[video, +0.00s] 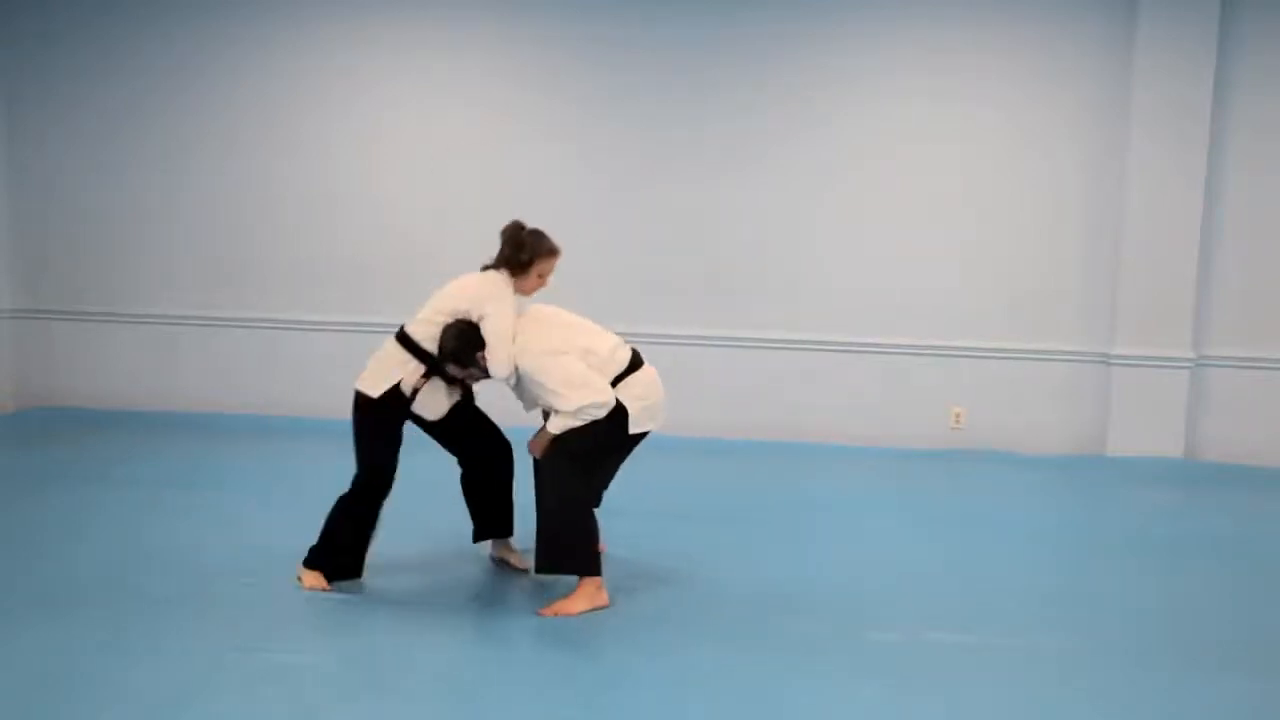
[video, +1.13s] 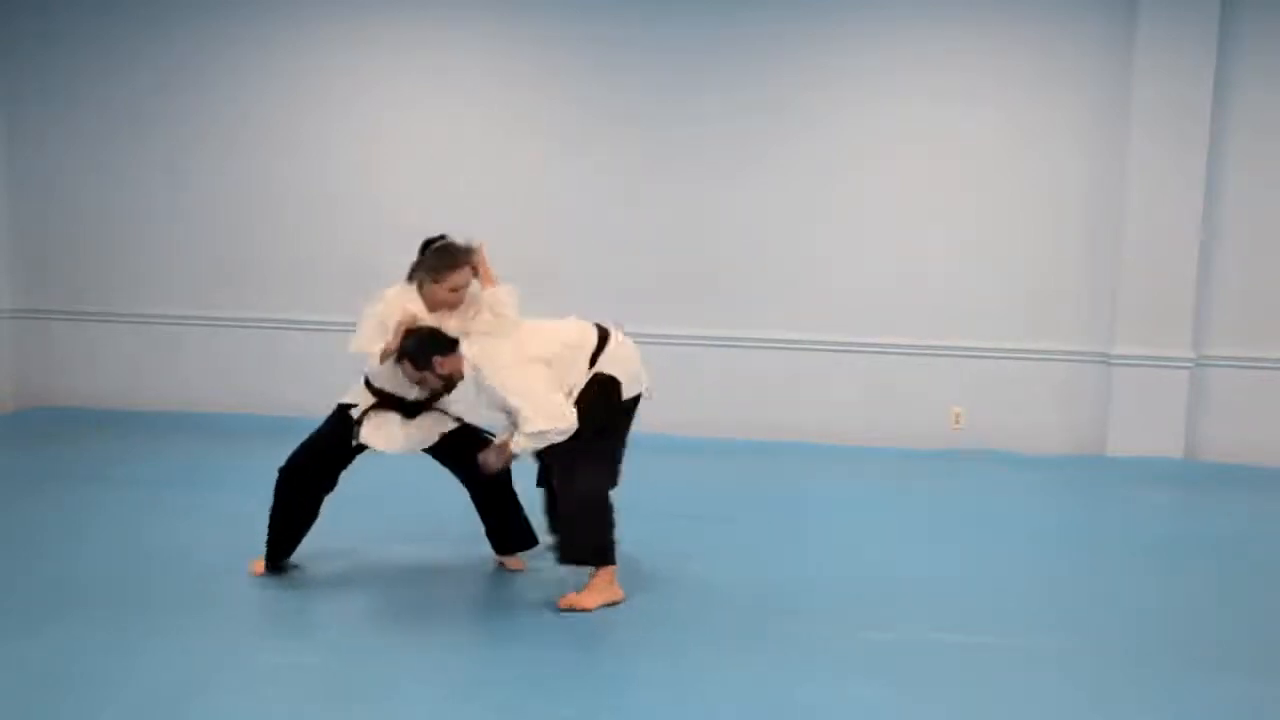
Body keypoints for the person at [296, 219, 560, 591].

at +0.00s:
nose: (545, 283)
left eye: (548, 275)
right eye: (542, 274)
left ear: (514, 262)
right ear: (520, 266)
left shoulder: (489, 285)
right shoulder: (497, 292)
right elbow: (501, 367)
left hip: (429, 389)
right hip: (385, 387)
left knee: (492, 451)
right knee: (374, 481)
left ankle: (500, 541)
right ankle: (317, 566)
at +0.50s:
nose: (512, 240)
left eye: (514, 231)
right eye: (506, 232)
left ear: (485, 231)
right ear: (480, 229)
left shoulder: (491, 265)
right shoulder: (469, 264)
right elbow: (485, 346)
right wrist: (489, 368)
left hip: (450, 390)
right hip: (409, 388)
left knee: (496, 460)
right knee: (384, 484)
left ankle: (507, 552)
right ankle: (320, 568)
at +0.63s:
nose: (502, 220)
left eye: (506, 212)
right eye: (496, 212)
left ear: (509, 207)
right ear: (473, 202)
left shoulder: (496, 228)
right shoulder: (453, 227)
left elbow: (533, 200)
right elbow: (467, 290)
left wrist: (560, 158)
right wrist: (479, 334)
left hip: (472, 373)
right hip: (420, 370)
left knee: (497, 463)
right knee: (382, 466)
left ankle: (509, 552)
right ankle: (321, 558)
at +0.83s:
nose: (489, 217)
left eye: (494, 208)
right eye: (480, 211)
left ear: (501, 197)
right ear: (456, 202)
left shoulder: (496, 210)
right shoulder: (433, 215)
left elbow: (527, 181)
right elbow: (399, 255)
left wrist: (496, 153)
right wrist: (445, 275)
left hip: (473, 359)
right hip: (419, 351)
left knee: (500, 450)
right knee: (365, 437)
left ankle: (505, 550)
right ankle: (296, 532)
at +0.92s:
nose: (479, 230)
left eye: (483, 222)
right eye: (470, 225)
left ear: (491, 212)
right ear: (448, 217)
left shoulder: (498, 238)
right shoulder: (426, 233)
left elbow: (536, 237)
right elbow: (388, 271)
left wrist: (518, 195)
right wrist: (429, 277)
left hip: (469, 372)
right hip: (410, 366)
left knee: (501, 459)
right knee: (351, 447)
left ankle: (507, 558)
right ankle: (285, 531)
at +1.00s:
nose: (476, 253)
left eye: (479, 245)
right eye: (467, 247)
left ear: (484, 241)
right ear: (440, 241)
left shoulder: (488, 271)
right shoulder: (415, 261)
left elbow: (522, 313)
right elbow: (378, 305)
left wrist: (522, 266)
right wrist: (419, 293)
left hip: (457, 390)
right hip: (398, 382)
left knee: (498, 470)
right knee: (337, 458)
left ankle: (515, 553)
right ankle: (283, 543)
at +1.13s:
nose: (460, 297)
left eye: (465, 288)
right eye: (452, 289)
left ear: (473, 281)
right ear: (425, 283)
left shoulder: (476, 310)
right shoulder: (397, 303)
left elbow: (505, 332)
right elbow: (371, 352)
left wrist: (490, 285)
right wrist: (396, 342)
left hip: (437, 415)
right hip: (375, 407)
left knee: (488, 468)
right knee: (303, 470)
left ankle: (509, 550)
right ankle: (276, 556)